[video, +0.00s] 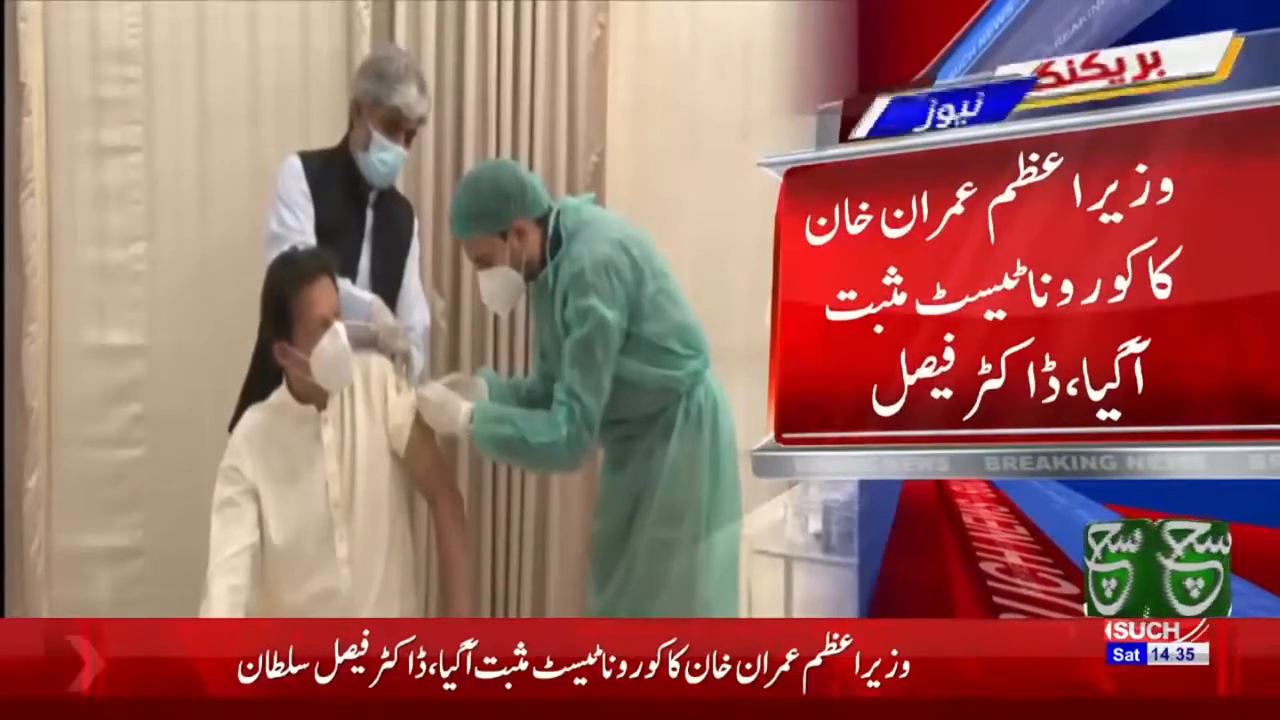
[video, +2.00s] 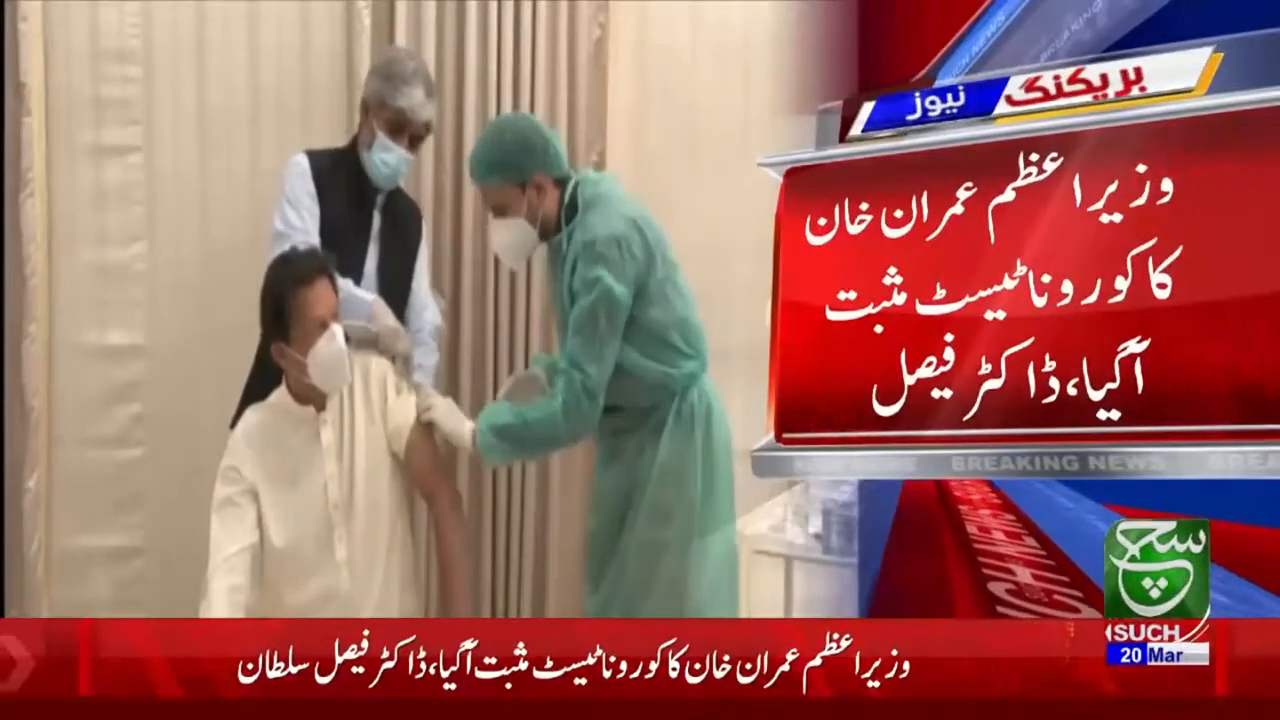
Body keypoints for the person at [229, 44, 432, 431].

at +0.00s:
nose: (399, 147)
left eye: (410, 136)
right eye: (390, 130)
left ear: (419, 133)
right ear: (358, 115)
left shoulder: (402, 214)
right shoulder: (302, 172)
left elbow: (413, 312)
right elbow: (293, 270)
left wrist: (407, 389)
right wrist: (371, 311)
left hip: (370, 385)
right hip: (296, 375)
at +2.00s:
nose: (402, 150)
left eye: (416, 140)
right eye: (393, 132)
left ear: (426, 140)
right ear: (365, 115)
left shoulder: (409, 216)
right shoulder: (310, 171)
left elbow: (422, 316)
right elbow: (294, 269)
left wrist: (417, 395)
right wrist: (371, 310)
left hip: (372, 388)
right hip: (298, 375)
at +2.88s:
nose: (407, 155)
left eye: (421, 145)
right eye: (399, 136)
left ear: (430, 145)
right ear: (371, 118)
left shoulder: (412, 218)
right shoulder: (314, 172)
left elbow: (425, 321)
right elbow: (296, 269)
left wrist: (419, 403)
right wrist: (371, 312)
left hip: (372, 391)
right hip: (297, 377)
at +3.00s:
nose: (347, 74)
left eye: (359, 57)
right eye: (330, 55)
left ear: (372, 54)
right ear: (293, 46)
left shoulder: (376, 163)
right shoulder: (240, 120)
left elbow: (391, 293)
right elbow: (228, 244)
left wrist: (374, 374)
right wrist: (330, 291)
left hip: (332, 388)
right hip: (236, 374)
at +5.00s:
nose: (351, 80)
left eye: (364, 63)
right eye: (335, 60)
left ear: (378, 65)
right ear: (299, 53)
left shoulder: (378, 176)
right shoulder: (244, 131)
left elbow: (395, 309)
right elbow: (234, 255)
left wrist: (378, 394)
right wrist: (335, 302)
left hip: (335, 402)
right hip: (239, 387)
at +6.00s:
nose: (352, 83)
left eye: (367, 67)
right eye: (336, 62)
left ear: (382, 68)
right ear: (302, 52)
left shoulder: (380, 179)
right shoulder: (244, 136)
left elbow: (395, 315)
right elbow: (233, 260)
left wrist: (377, 409)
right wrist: (334, 306)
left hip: (335, 406)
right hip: (239, 390)